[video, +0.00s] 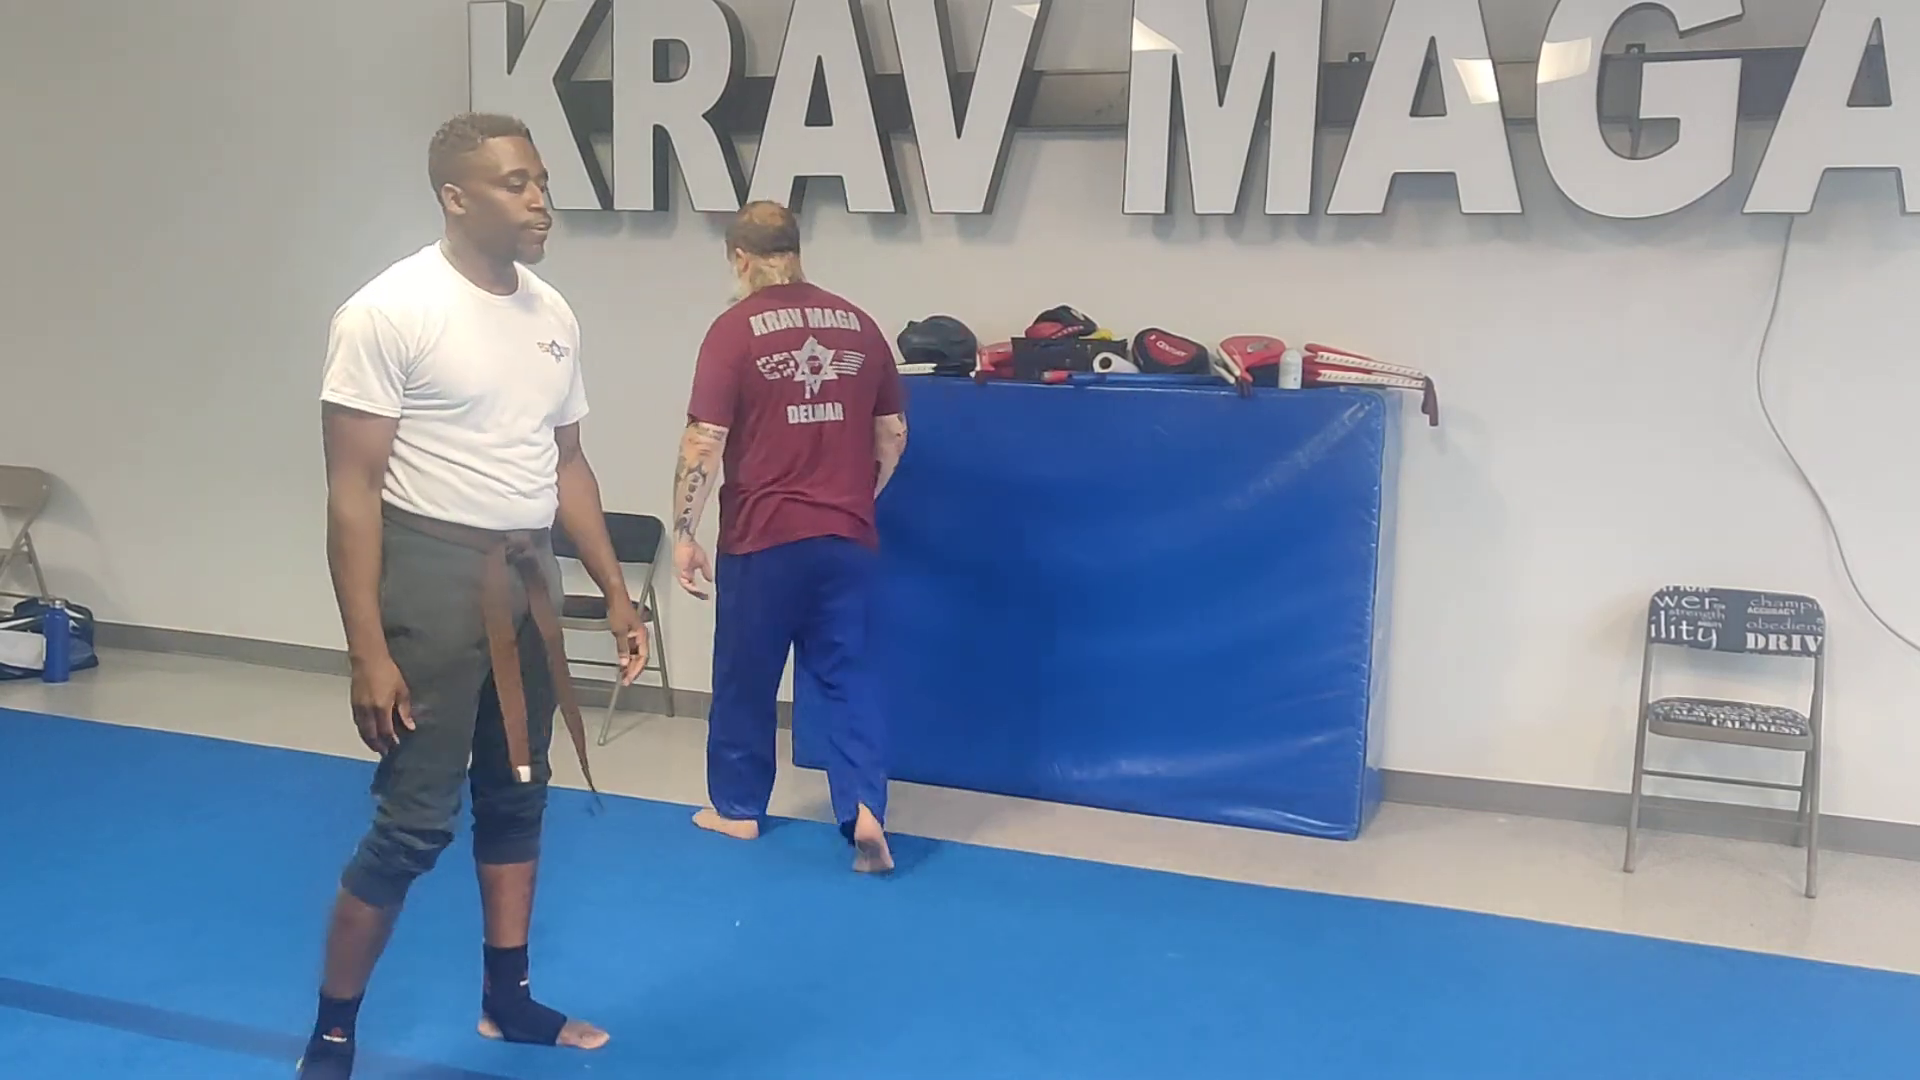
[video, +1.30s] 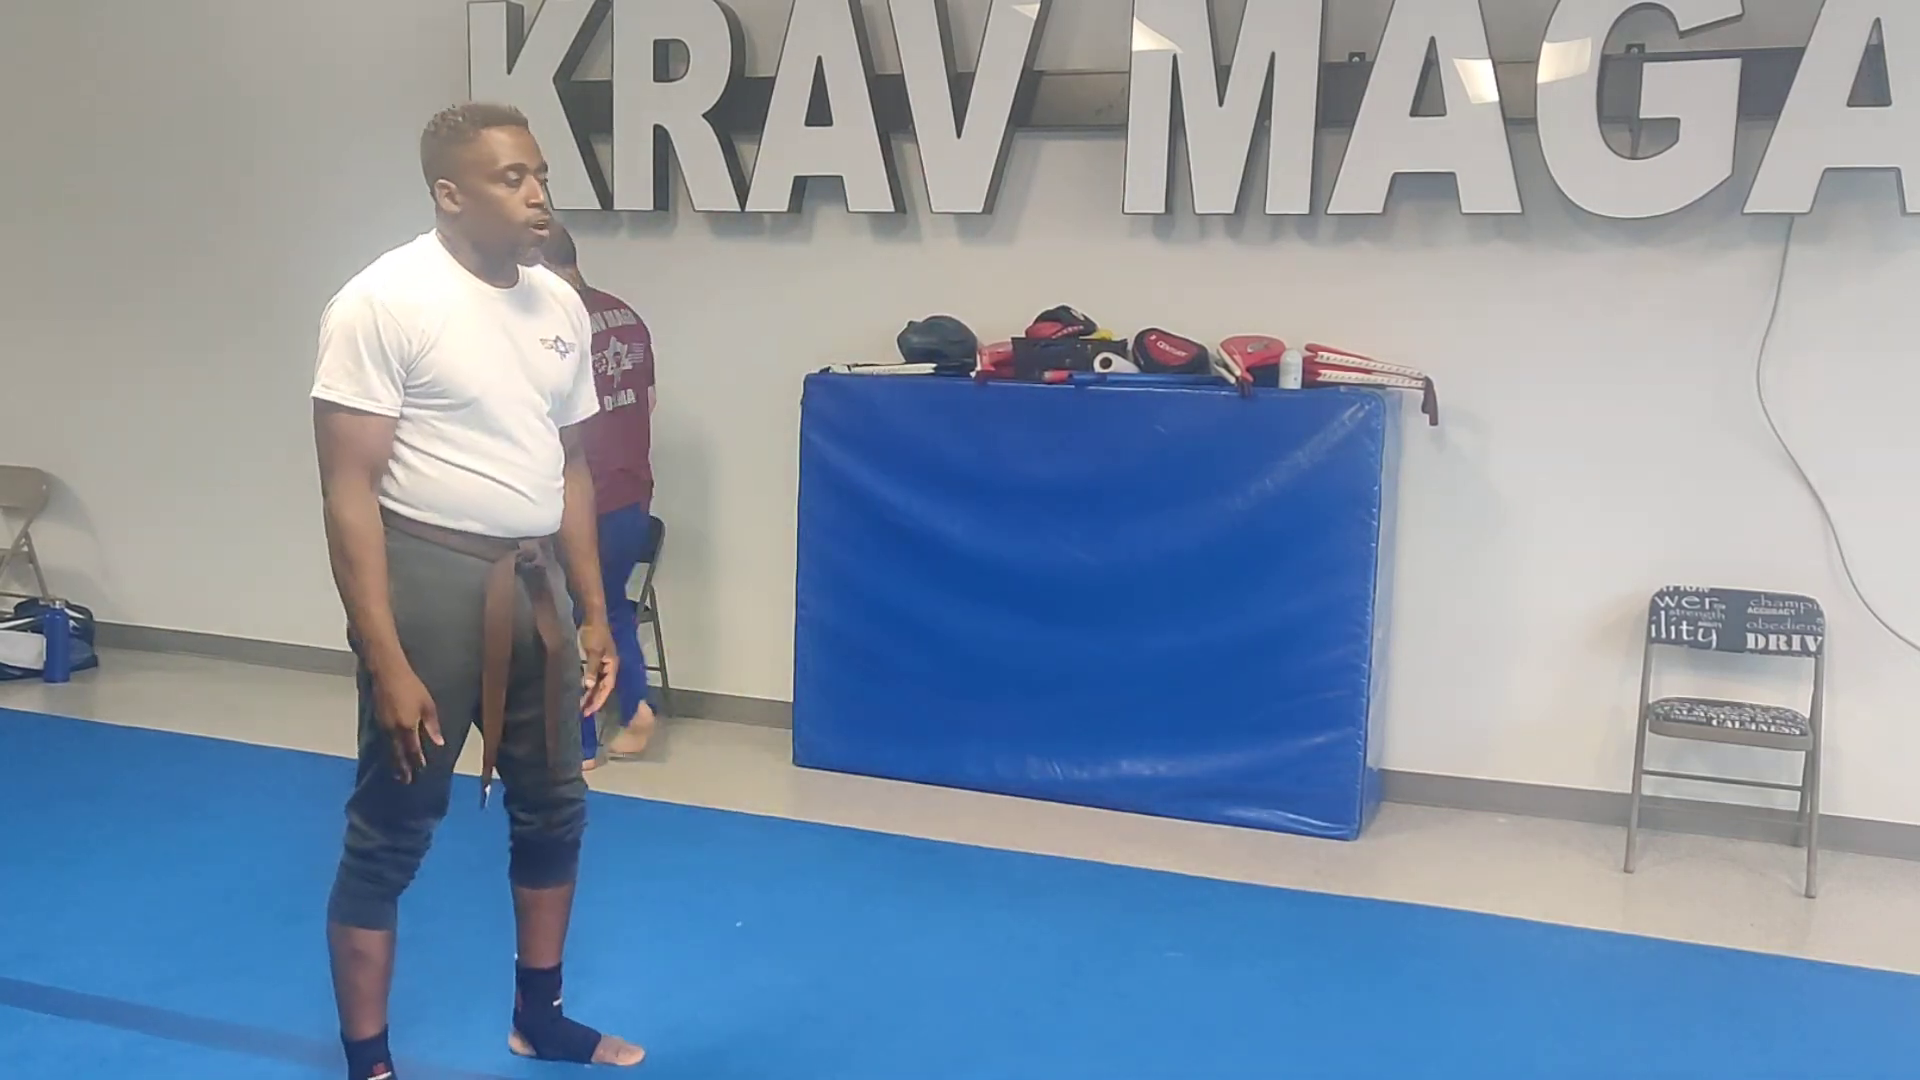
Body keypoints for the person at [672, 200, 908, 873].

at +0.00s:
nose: (731, 270)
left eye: (730, 261)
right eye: (734, 260)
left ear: (739, 259)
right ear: (798, 256)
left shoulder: (734, 329)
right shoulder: (859, 323)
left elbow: (704, 444)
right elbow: (890, 436)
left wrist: (684, 532)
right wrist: (853, 502)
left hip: (765, 532)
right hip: (848, 529)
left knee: (745, 678)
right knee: (845, 674)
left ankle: (739, 809)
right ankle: (864, 807)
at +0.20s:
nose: (696, 262)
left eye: (695, 253)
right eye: (696, 253)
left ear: (706, 251)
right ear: (761, 247)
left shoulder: (696, 318)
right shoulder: (821, 311)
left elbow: (650, 431)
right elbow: (860, 418)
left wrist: (623, 498)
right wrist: (836, 485)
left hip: (731, 515)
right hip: (810, 511)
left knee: (721, 669)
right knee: (807, 647)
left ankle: (733, 809)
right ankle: (825, 756)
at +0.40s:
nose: (677, 270)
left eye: (677, 260)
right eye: (679, 260)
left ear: (688, 257)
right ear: (739, 253)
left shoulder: (678, 325)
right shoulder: (797, 322)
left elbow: (622, 427)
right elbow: (831, 429)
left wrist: (579, 471)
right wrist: (808, 490)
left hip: (706, 518)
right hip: (780, 517)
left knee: (706, 665)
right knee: (763, 654)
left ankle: (731, 806)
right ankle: (733, 772)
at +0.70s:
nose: (649, 276)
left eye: (650, 265)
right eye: (648, 266)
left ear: (669, 260)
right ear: (710, 261)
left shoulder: (662, 323)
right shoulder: (760, 325)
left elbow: (629, 423)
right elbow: (784, 419)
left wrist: (603, 498)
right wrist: (748, 476)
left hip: (669, 510)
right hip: (738, 511)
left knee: (629, 618)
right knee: (724, 640)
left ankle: (671, 734)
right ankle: (724, 767)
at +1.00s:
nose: (579, 287)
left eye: (581, 275)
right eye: (579, 276)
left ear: (603, 274)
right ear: (637, 270)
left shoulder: (606, 334)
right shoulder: (694, 326)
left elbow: (598, 434)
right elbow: (719, 414)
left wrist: (579, 515)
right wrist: (684, 468)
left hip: (633, 514)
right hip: (700, 508)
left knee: (595, 631)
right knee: (704, 638)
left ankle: (579, 744)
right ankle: (723, 758)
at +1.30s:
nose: (531, 287)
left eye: (531, 275)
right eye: (531, 276)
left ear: (545, 271)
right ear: (576, 263)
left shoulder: (546, 324)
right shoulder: (627, 316)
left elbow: (544, 420)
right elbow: (647, 402)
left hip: (571, 503)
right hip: (630, 496)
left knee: (567, 618)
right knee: (614, 601)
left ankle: (581, 748)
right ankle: (638, 708)